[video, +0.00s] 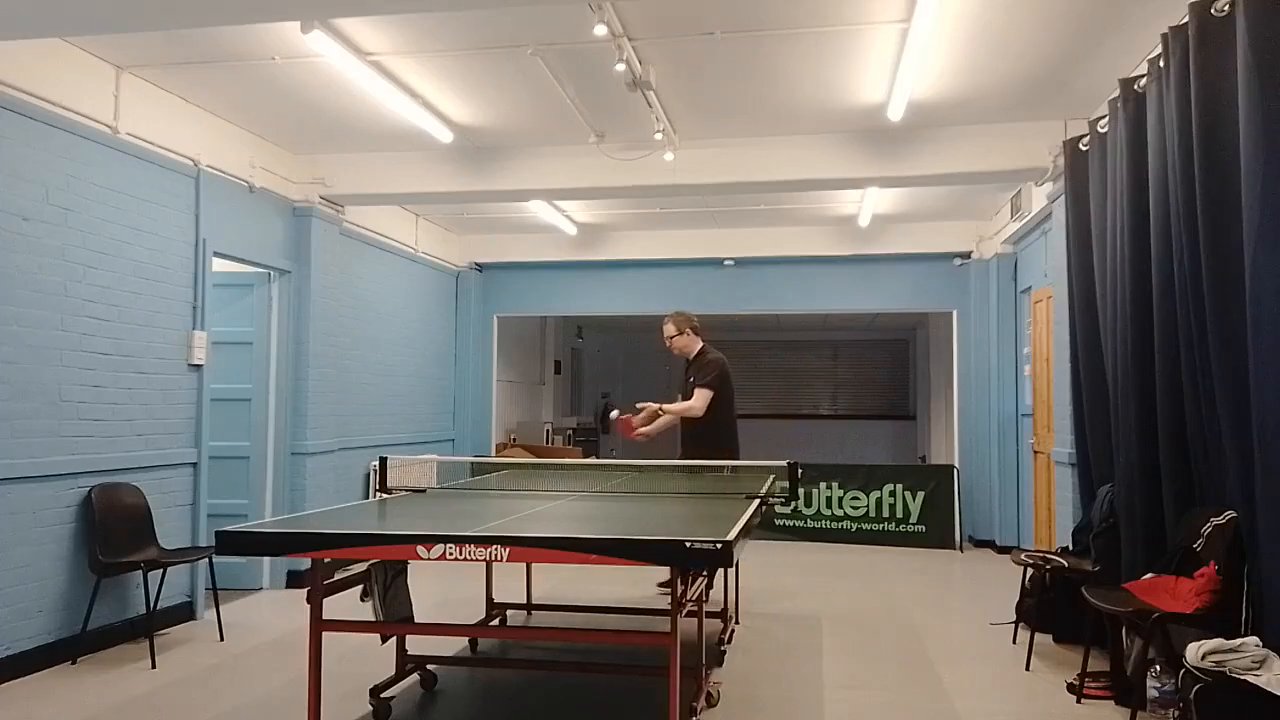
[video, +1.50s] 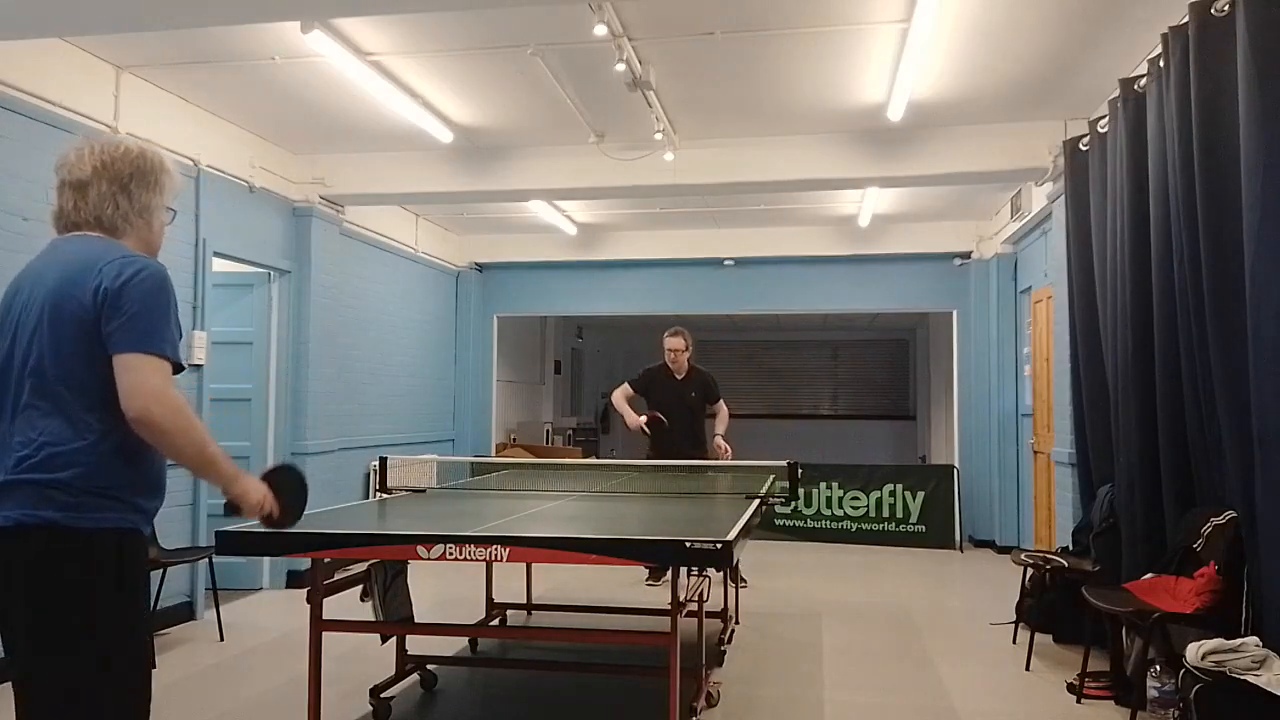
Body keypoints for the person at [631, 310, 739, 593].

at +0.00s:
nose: (668, 345)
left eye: (671, 338)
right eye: (666, 340)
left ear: (689, 333)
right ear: (686, 336)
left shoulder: (713, 362)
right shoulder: (691, 365)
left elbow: (697, 408)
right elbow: (682, 408)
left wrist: (659, 408)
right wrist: (652, 429)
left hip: (715, 461)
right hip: (693, 460)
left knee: (709, 519)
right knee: (682, 515)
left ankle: (702, 579)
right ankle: (681, 572)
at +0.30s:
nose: (664, 341)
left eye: (668, 336)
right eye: (661, 337)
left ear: (685, 334)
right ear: (659, 339)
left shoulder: (709, 363)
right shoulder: (660, 368)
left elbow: (735, 401)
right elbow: (653, 401)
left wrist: (705, 423)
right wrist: (653, 415)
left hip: (707, 457)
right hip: (673, 456)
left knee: (706, 512)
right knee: (672, 510)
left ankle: (703, 568)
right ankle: (674, 563)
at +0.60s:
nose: (663, 346)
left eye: (669, 342)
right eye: (659, 342)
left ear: (681, 343)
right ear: (654, 343)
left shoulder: (697, 375)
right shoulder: (647, 374)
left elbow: (721, 406)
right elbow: (637, 411)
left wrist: (721, 424)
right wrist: (657, 422)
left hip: (688, 460)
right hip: (655, 460)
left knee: (690, 514)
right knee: (657, 512)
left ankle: (694, 569)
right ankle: (661, 565)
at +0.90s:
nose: (663, 341)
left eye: (669, 336)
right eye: (659, 336)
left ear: (679, 339)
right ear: (654, 339)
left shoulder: (693, 370)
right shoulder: (643, 370)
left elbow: (711, 403)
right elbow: (627, 407)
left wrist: (708, 428)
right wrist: (634, 431)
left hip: (687, 456)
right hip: (653, 456)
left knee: (689, 509)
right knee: (653, 510)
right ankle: (660, 565)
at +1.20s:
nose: (672, 352)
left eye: (677, 347)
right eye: (668, 347)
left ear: (688, 348)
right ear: (661, 349)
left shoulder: (704, 376)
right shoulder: (653, 377)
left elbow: (726, 408)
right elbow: (636, 412)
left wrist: (716, 429)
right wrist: (642, 437)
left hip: (700, 459)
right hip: (665, 459)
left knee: (714, 511)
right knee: (662, 512)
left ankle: (730, 564)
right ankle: (662, 565)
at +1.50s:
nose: (672, 355)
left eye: (677, 350)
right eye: (668, 350)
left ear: (688, 350)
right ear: (663, 351)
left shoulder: (702, 378)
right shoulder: (652, 376)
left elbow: (721, 411)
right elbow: (617, 395)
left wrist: (718, 436)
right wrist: (630, 415)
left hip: (695, 459)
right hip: (659, 459)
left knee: (705, 510)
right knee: (656, 512)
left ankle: (729, 563)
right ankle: (657, 565)